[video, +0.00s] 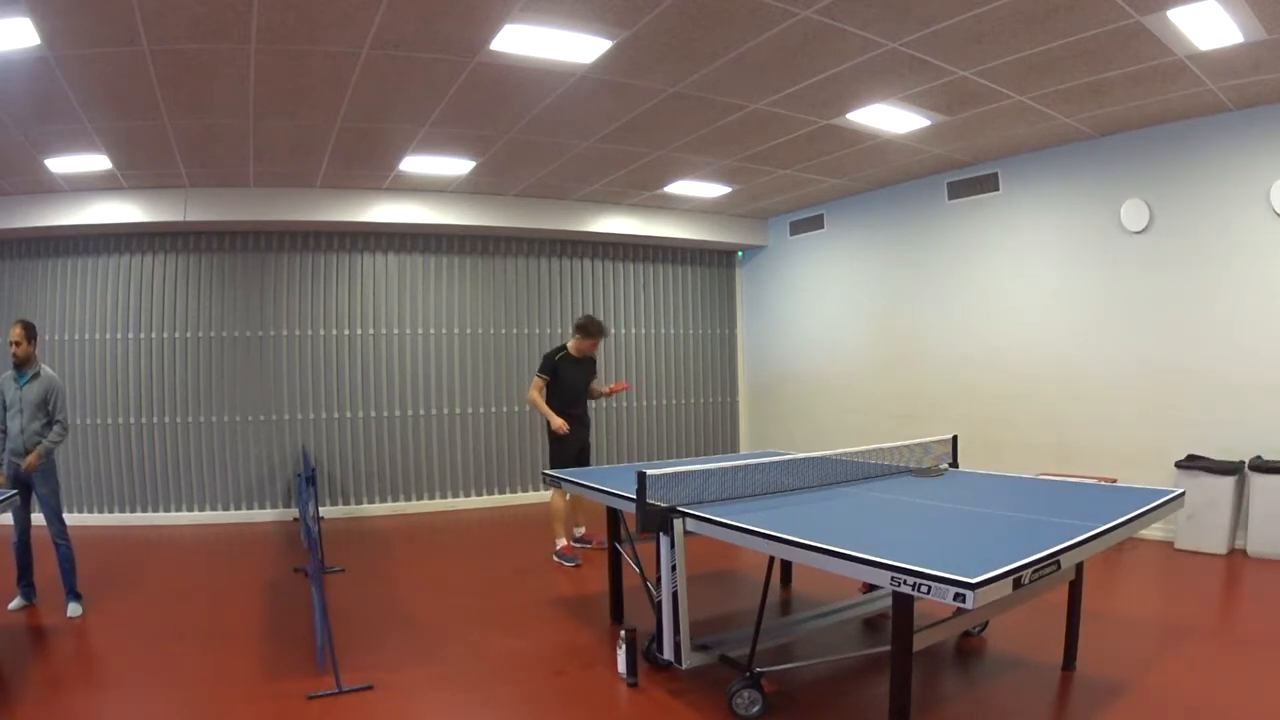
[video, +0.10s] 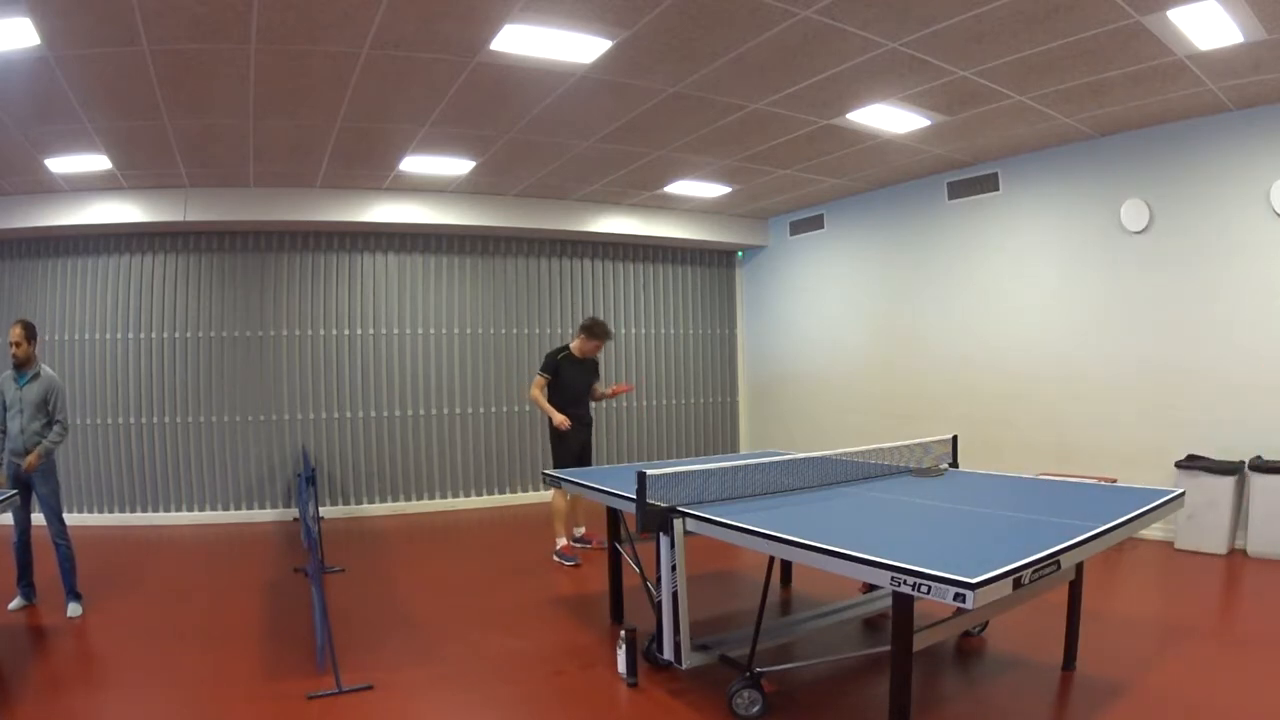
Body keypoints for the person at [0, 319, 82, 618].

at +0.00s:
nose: (12, 348)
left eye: (17, 343)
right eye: (10, 343)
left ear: (33, 345)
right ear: (10, 346)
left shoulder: (49, 381)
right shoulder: (5, 381)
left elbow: (61, 426)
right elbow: (3, 425)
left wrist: (39, 453)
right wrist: (3, 464)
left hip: (41, 463)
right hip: (12, 463)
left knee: (57, 530)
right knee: (20, 532)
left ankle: (72, 596)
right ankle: (26, 593)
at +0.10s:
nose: (12, 349)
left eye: (17, 344)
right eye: (10, 344)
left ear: (33, 345)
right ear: (10, 346)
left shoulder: (49, 381)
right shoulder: (6, 381)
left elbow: (61, 426)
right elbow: (4, 423)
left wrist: (39, 453)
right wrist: (4, 461)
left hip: (41, 463)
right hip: (12, 463)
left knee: (57, 531)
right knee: (20, 532)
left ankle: (72, 596)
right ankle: (26, 593)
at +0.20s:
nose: (13, 350)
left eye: (18, 345)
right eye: (10, 345)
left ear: (33, 345)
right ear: (9, 346)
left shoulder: (49, 381)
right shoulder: (6, 380)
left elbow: (62, 426)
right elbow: (4, 422)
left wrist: (42, 454)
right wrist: (5, 459)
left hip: (41, 463)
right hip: (13, 463)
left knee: (57, 530)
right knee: (20, 531)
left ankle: (73, 596)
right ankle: (26, 593)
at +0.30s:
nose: (14, 351)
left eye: (20, 346)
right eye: (12, 346)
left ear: (34, 346)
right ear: (10, 347)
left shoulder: (50, 381)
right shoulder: (6, 380)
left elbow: (63, 425)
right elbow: (4, 423)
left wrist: (47, 455)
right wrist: (3, 464)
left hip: (42, 462)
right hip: (13, 463)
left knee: (58, 530)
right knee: (21, 531)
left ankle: (73, 596)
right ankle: (26, 593)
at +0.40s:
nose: (18, 353)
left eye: (23, 348)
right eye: (15, 348)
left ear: (36, 346)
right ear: (11, 348)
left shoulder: (51, 382)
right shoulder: (6, 381)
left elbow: (65, 425)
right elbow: (3, 424)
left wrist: (53, 453)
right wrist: (4, 461)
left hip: (43, 464)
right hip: (13, 465)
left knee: (59, 532)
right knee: (21, 532)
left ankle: (73, 596)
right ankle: (26, 593)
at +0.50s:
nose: (23, 354)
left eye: (28, 348)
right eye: (18, 349)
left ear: (39, 346)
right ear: (13, 348)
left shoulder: (53, 380)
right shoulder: (6, 381)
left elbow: (68, 420)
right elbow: (4, 423)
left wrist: (57, 449)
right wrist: (2, 466)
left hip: (44, 463)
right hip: (14, 464)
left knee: (59, 531)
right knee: (21, 532)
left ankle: (73, 596)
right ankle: (26, 593)